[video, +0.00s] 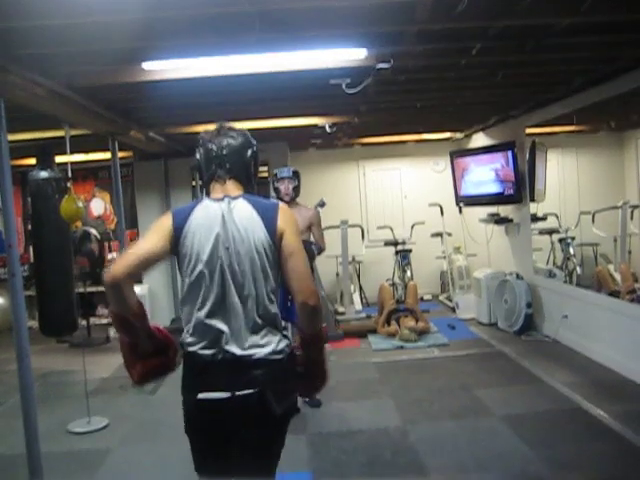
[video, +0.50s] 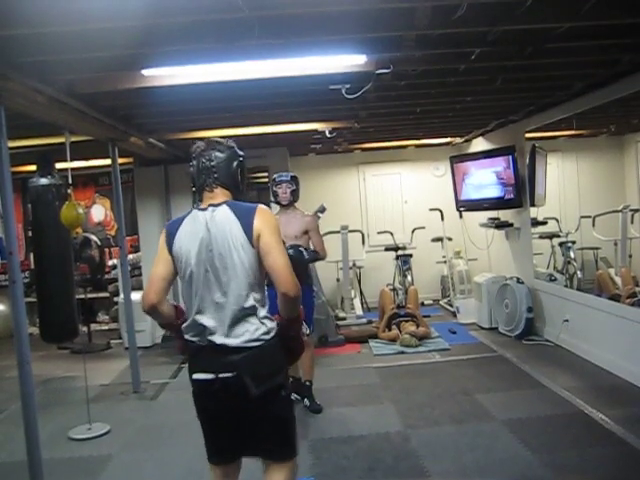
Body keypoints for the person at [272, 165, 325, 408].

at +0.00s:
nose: (287, 188)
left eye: (290, 183)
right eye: (282, 184)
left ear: (297, 186)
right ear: (275, 187)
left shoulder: (310, 214)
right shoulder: (270, 213)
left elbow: (320, 245)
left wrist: (306, 249)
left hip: (301, 274)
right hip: (277, 273)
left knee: (306, 329)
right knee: (278, 330)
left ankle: (308, 386)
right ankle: (281, 387)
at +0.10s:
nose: (288, 200)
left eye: (292, 195)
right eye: (284, 195)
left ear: (299, 198)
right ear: (277, 199)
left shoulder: (311, 226)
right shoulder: (271, 226)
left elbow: (323, 257)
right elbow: (263, 254)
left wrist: (309, 261)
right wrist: (279, 260)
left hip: (303, 288)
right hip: (277, 288)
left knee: (305, 343)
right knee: (280, 344)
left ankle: (307, 397)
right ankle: (283, 402)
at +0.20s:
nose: (288, 202)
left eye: (292, 198)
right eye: (284, 198)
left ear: (299, 201)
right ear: (278, 202)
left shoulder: (312, 229)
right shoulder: (272, 230)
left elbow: (325, 261)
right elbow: (264, 259)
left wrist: (310, 264)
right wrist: (283, 262)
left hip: (304, 291)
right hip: (277, 292)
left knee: (307, 346)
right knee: (282, 346)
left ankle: (307, 399)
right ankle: (283, 402)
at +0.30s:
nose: (288, 191)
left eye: (292, 187)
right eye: (283, 188)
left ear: (299, 190)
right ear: (277, 191)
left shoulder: (311, 218)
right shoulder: (271, 219)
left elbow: (325, 251)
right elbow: (263, 248)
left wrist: (309, 252)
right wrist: (283, 251)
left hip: (304, 281)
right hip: (277, 281)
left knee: (307, 336)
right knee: (284, 333)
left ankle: (307, 387)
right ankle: (291, 382)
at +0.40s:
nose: (286, 189)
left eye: (290, 185)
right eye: (282, 186)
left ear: (297, 188)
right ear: (276, 190)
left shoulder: (309, 217)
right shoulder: (271, 218)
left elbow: (323, 250)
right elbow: (262, 246)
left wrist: (305, 251)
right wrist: (280, 250)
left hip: (303, 279)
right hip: (276, 279)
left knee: (306, 332)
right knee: (283, 329)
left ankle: (307, 384)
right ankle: (291, 379)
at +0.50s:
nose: (284, 191)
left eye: (288, 187)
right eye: (280, 188)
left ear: (295, 191)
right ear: (274, 192)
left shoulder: (308, 220)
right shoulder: (269, 221)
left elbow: (321, 252)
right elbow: (260, 248)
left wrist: (305, 255)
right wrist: (276, 253)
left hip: (301, 280)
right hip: (275, 281)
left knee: (305, 334)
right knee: (281, 331)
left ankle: (307, 385)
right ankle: (290, 380)